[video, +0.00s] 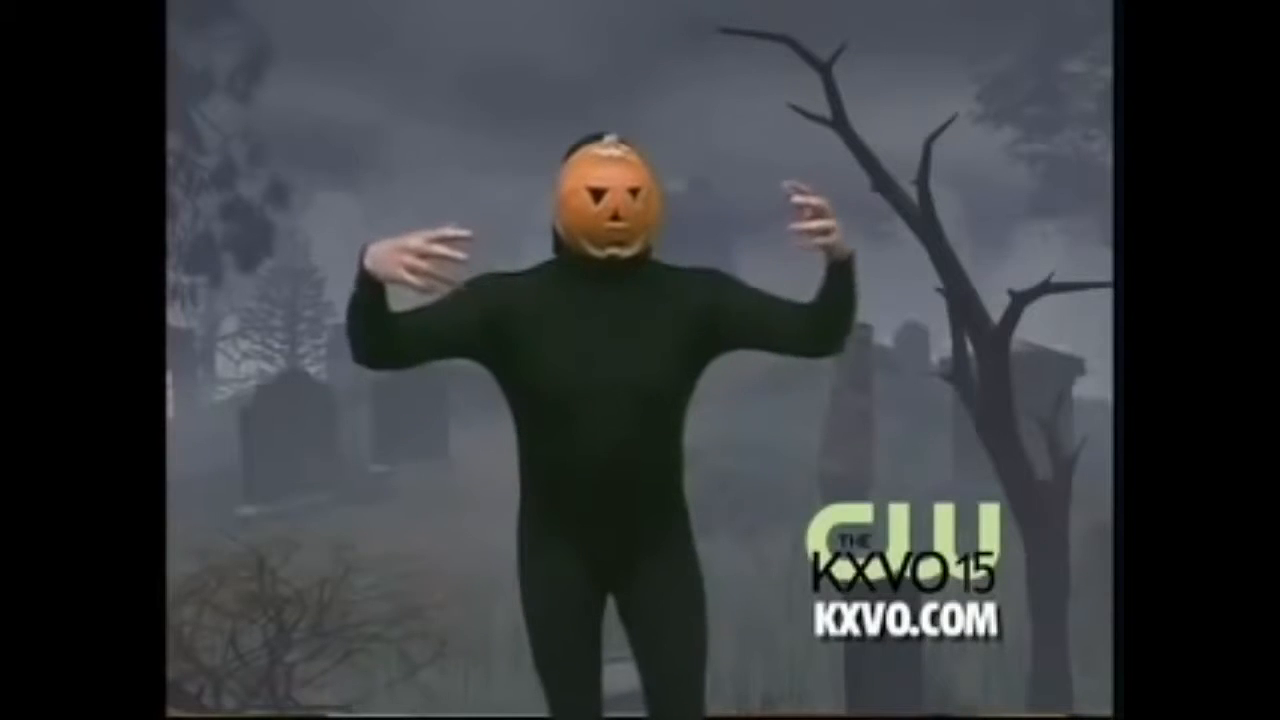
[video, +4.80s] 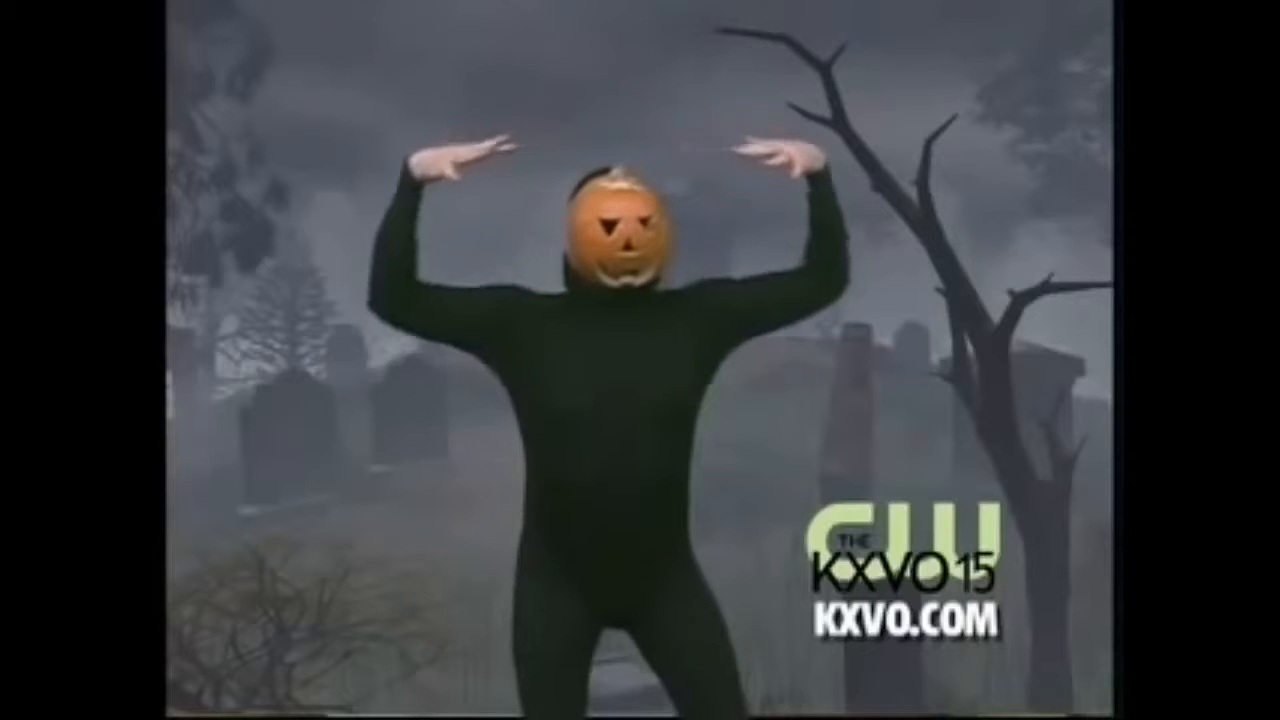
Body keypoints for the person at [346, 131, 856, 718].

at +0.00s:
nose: (616, 206)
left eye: (633, 193)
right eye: (596, 193)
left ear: (657, 209)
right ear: (559, 210)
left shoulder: (696, 299)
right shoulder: (505, 303)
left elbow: (821, 333)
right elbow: (379, 347)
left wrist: (840, 261)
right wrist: (371, 274)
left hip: (659, 545)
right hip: (556, 549)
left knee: (680, 704)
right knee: (572, 706)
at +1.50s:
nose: (616, 183)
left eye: (633, 172)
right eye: (595, 171)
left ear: (658, 201)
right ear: (560, 202)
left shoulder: (701, 281)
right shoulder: (507, 284)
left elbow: (818, 248)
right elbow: (379, 253)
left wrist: (866, 160)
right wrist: (328, 161)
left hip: (666, 557)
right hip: (556, 562)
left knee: (724, 710)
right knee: (559, 713)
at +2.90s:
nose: (617, 188)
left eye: (634, 178)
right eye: (597, 177)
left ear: (660, 199)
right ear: (562, 200)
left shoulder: (689, 267)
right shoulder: (516, 267)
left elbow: (786, 176)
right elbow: (408, 177)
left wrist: (833, 70)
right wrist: (352, 53)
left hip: (665, 560)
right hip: (553, 565)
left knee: (725, 710)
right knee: (546, 711)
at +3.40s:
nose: (621, 197)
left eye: (637, 187)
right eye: (601, 186)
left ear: (662, 208)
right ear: (567, 210)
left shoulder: (688, 274)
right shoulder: (524, 273)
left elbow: (772, 165)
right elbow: (443, 166)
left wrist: (760, 39)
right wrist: (453, 30)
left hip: (667, 562)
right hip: (555, 566)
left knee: (728, 711)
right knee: (546, 711)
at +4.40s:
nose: (628, 229)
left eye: (644, 219)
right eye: (607, 218)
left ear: (668, 240)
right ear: (573, 240)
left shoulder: (698, 309)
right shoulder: (524, 312)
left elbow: (811, 240)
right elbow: (414, 254)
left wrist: (765, 147)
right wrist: (471, 148)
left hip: (665, 572)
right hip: (557, 576)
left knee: (722, 709)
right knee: (550, 711)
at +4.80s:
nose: (627, 236)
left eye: (642, 223)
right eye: (606, 223)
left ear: (667, 240)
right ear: (571, 242)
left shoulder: (700, 317)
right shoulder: (518, 322)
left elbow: (823, 280)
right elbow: (393, 296)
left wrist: (818, 177)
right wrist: (411, 182)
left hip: (665, 577)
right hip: (556, 583)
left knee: (722, 710)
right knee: (551, 714)